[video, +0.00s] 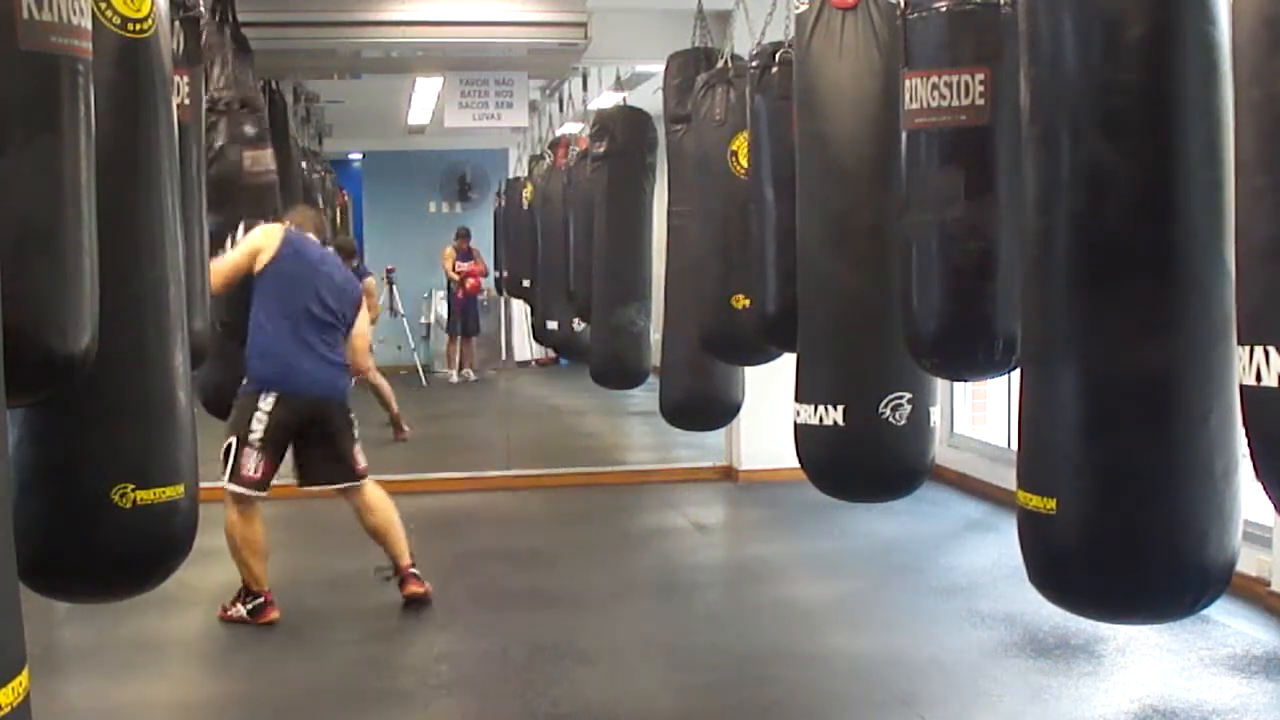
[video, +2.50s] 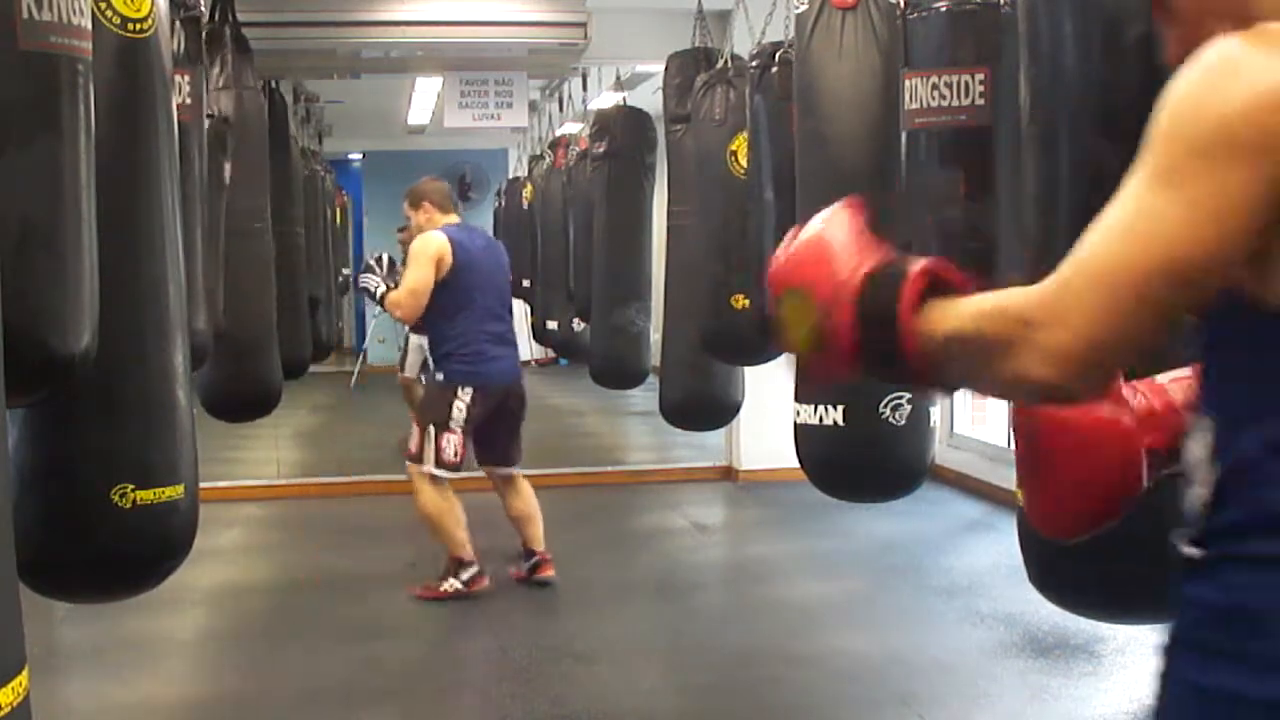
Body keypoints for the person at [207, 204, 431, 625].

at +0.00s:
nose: (281, 226)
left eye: (283, 223)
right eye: (285, 223)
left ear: (289, 226)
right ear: (324, 235)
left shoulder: (272, 236)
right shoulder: (353, 287)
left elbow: (214, 280)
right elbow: (361, 363)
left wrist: (231, 252)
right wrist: (395, 411)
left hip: (271, 389)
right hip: (329, 396)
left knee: (241, 498)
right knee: (359, 486)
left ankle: (256, 596)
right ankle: (409, 572)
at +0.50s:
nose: (349, 205)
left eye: (349, 199)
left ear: (354, 200)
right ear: (401, 201)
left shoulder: (329, 241)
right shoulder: (437, 243)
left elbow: (305, 315)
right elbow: (461, 310)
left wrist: (342, 291)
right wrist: (418, 291)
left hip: (351, 388)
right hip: (416, 391)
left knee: (312, 484)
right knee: (435, 494)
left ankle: (297, 588)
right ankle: (436, 592)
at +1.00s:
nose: (369, 206)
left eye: (370, 200)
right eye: (372, 202)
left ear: (378, 199)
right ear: (421, 203)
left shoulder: (350, 232)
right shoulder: (459, 243)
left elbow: (309, 298)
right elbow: (480, 312)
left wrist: (345, 269)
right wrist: (439, 301)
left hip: (363, 382)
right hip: (428, 387)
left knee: (329, 479)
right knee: (450, 490)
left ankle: (319, 580)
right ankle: (462, 589)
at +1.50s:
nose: (279, 240)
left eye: (280, 233)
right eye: (279, 235)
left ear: (292, 229)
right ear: (323, 229)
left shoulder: (305, 248)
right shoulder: (345, 269)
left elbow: (245, 293)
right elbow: (325, 344)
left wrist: (245, 256)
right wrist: (273, 344)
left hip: (316, 396)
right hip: (364, 397)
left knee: (255, 489)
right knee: (365, 496)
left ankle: (250, 596)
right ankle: (447, 553)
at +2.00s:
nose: (300, 240)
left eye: (301, 229)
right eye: (298, 231)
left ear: (321, 222)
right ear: (339, 221)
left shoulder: (347, 264)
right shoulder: (368, 255)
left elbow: (305, 324)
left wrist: (284, 289)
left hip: (374, 396)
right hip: (406, 390)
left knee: (306, 479)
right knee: (423, 478)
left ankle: (323, 583)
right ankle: (499, 542)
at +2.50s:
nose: (411, 226)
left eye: (411, 218)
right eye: (409, 219)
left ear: (425, 210)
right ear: (452, 208)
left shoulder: (431, 242)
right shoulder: (492, 246)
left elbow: (407, 310)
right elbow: (469, 314)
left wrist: (378, 288)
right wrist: (403, 290)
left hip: (462, 379)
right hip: (507, 377)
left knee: (425, 473)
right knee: (505, 471)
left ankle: (464, 566)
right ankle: (538, 557)